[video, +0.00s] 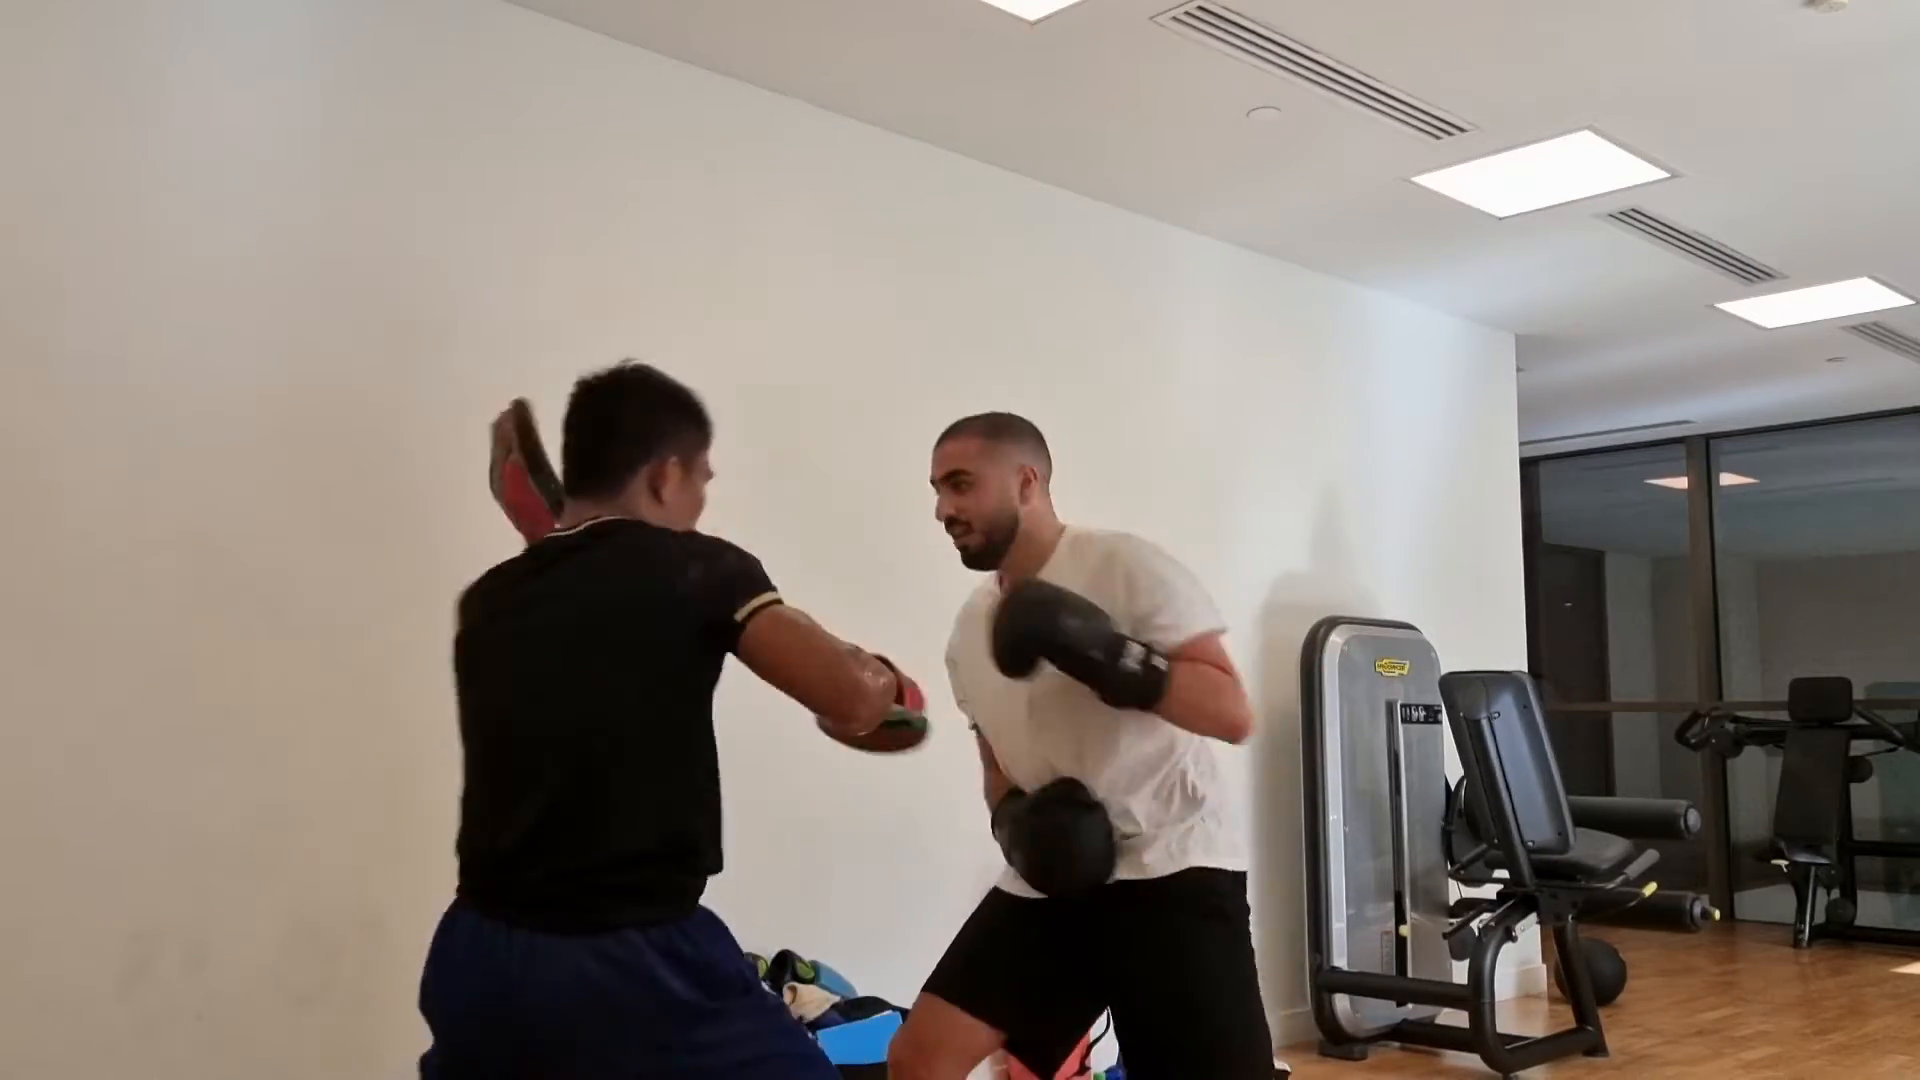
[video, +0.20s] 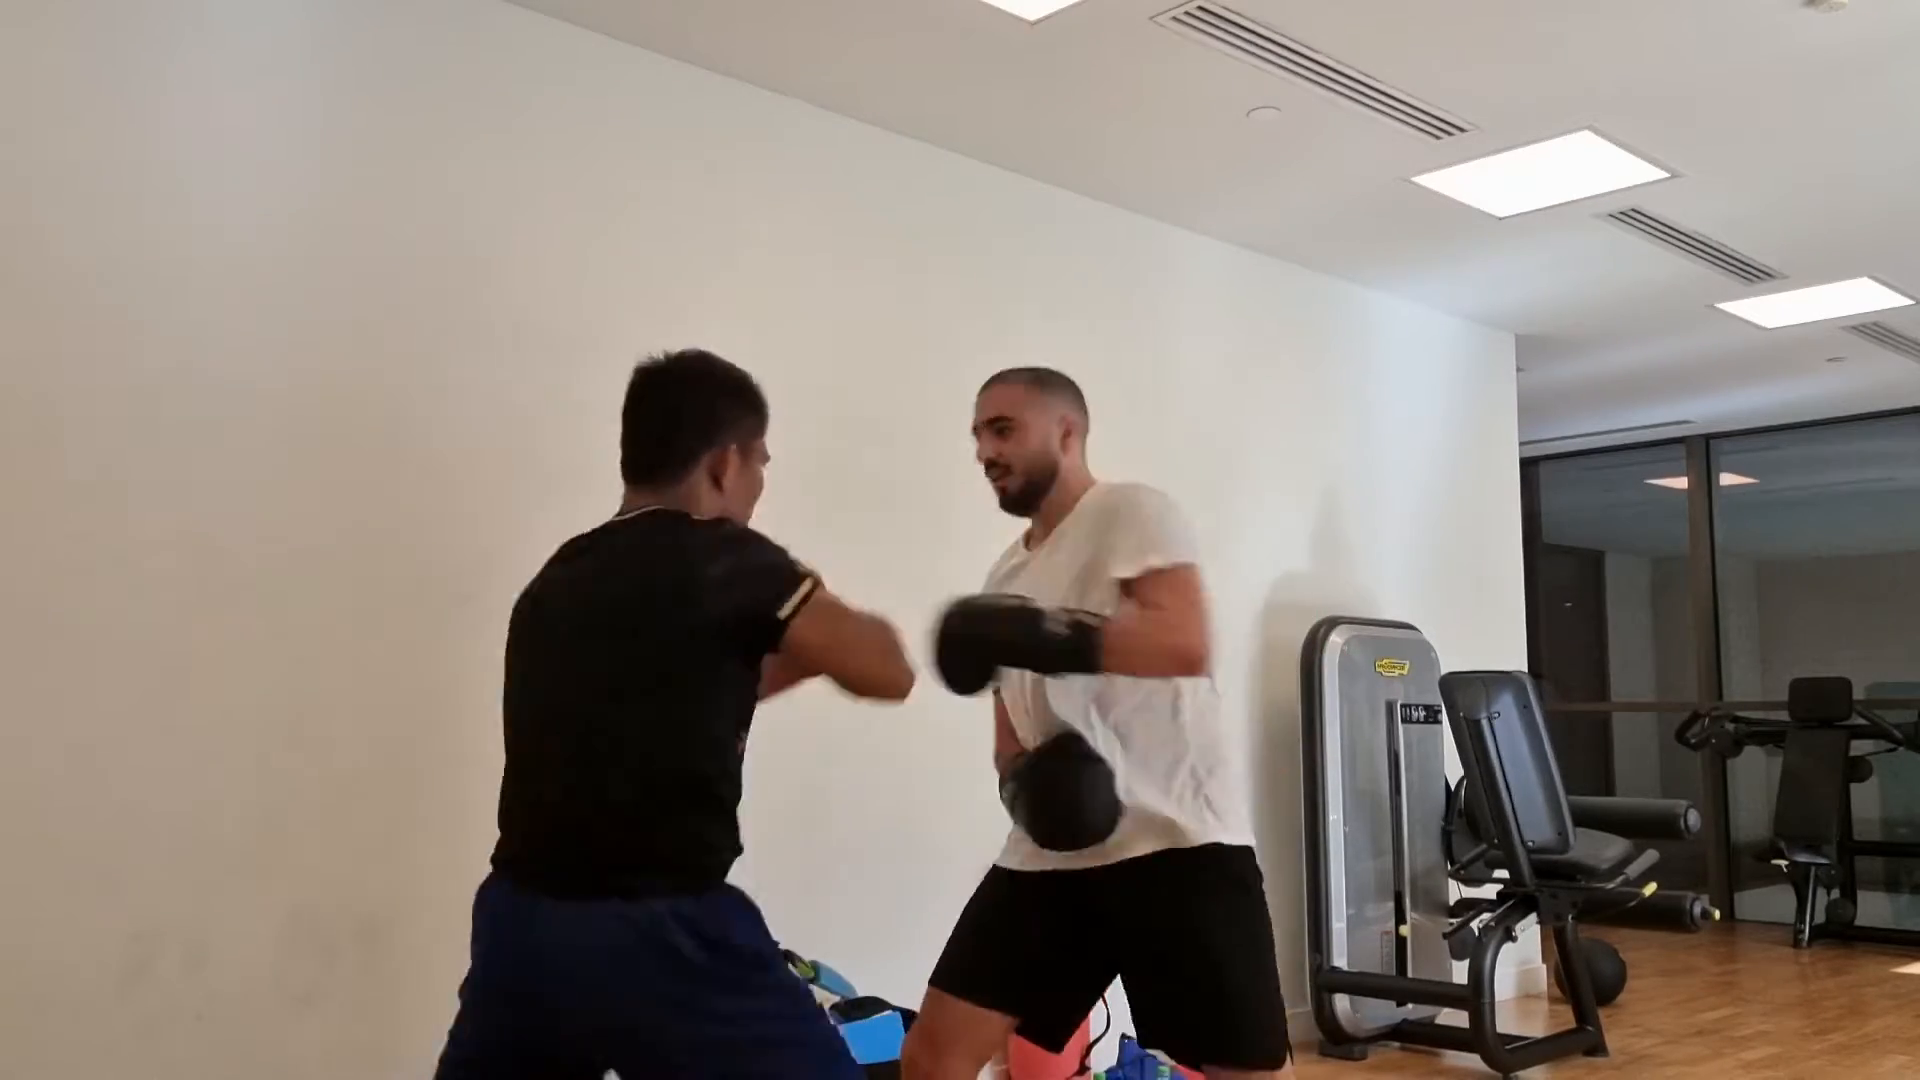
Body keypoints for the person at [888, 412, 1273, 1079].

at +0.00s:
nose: (943, 509)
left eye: (960, 483)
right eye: (938, 490)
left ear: (1028, 481)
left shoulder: (1132, 568)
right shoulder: (971, 632)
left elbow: (1231, 712)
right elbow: (999, 770)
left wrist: (1108, 655)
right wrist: (1021, 827)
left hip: (1173, 883)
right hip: (1048, 889)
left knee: (1223, 1070)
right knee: (920, 1059)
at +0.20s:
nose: (985, 451)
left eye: (1002, 429)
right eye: (979, 436)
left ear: (1066, 432)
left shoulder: (1138, 512)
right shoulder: (1006, 578)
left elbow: (1187, 643)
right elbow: (1010, 737)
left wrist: (1051, 638)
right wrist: (1027, 785)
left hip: (1181, 855)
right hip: (1047, 863)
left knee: (1246, 1069)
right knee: (934, 1059)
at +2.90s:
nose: (864, 658)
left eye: (855, 626)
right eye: (847, 653)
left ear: (899, 580)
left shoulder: (1027, 643)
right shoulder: (974, 674)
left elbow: (1187, 741)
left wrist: (1057, 799)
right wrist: (1031, 861)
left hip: (1213, 850)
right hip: (1100, 869)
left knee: (1248, 1067)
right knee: (961, 1034)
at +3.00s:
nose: (891, 685)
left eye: (894, 653)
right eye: (878, 664)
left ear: (958, 621)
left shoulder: (1095, 671)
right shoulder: (952, 712)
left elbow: (1243, 786)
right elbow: (1028, 812)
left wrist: (1102, 824)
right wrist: (1030, 881)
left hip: (1206, 877)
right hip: (1078, 892)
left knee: (1254, 1069)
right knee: (939, 1043)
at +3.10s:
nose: (1010, 645)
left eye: (1026, 615)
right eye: (991, 622)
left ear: (1084, 590)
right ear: (979, 619)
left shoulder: (1189, 672)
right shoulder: (971, 687)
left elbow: (1266, 818)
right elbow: (989, 807)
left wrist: (1143, 840)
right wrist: (1025, 894)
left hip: (1187, 882)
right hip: (1048, 880)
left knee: (1257, 1070)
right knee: (922, 1062)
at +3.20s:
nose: (1080, 658)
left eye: (1101, 629)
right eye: (1058, 634)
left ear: (1148, 610)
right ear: (1040, 621)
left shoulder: (1220, 696)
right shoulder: (991, 694)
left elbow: (1250, 835)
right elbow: (970, 812)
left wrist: (1167, 849)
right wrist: (1021, 909)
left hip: (1179, 892)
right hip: (1037, 886)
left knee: (1251, 1070)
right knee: (925, 1068)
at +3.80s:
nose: (1034, 474)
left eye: (1051, 450)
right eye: (1015, 458)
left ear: (1099, 451)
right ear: (1002, 472)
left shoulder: (1185, 555)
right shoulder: (980, 558)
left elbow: (1290, 708)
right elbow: (875, 699)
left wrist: (1260, 664)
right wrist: (923, 642)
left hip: (1186, 871)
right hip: (1045, 868)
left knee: (1251, 1069)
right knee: (943, 1064)